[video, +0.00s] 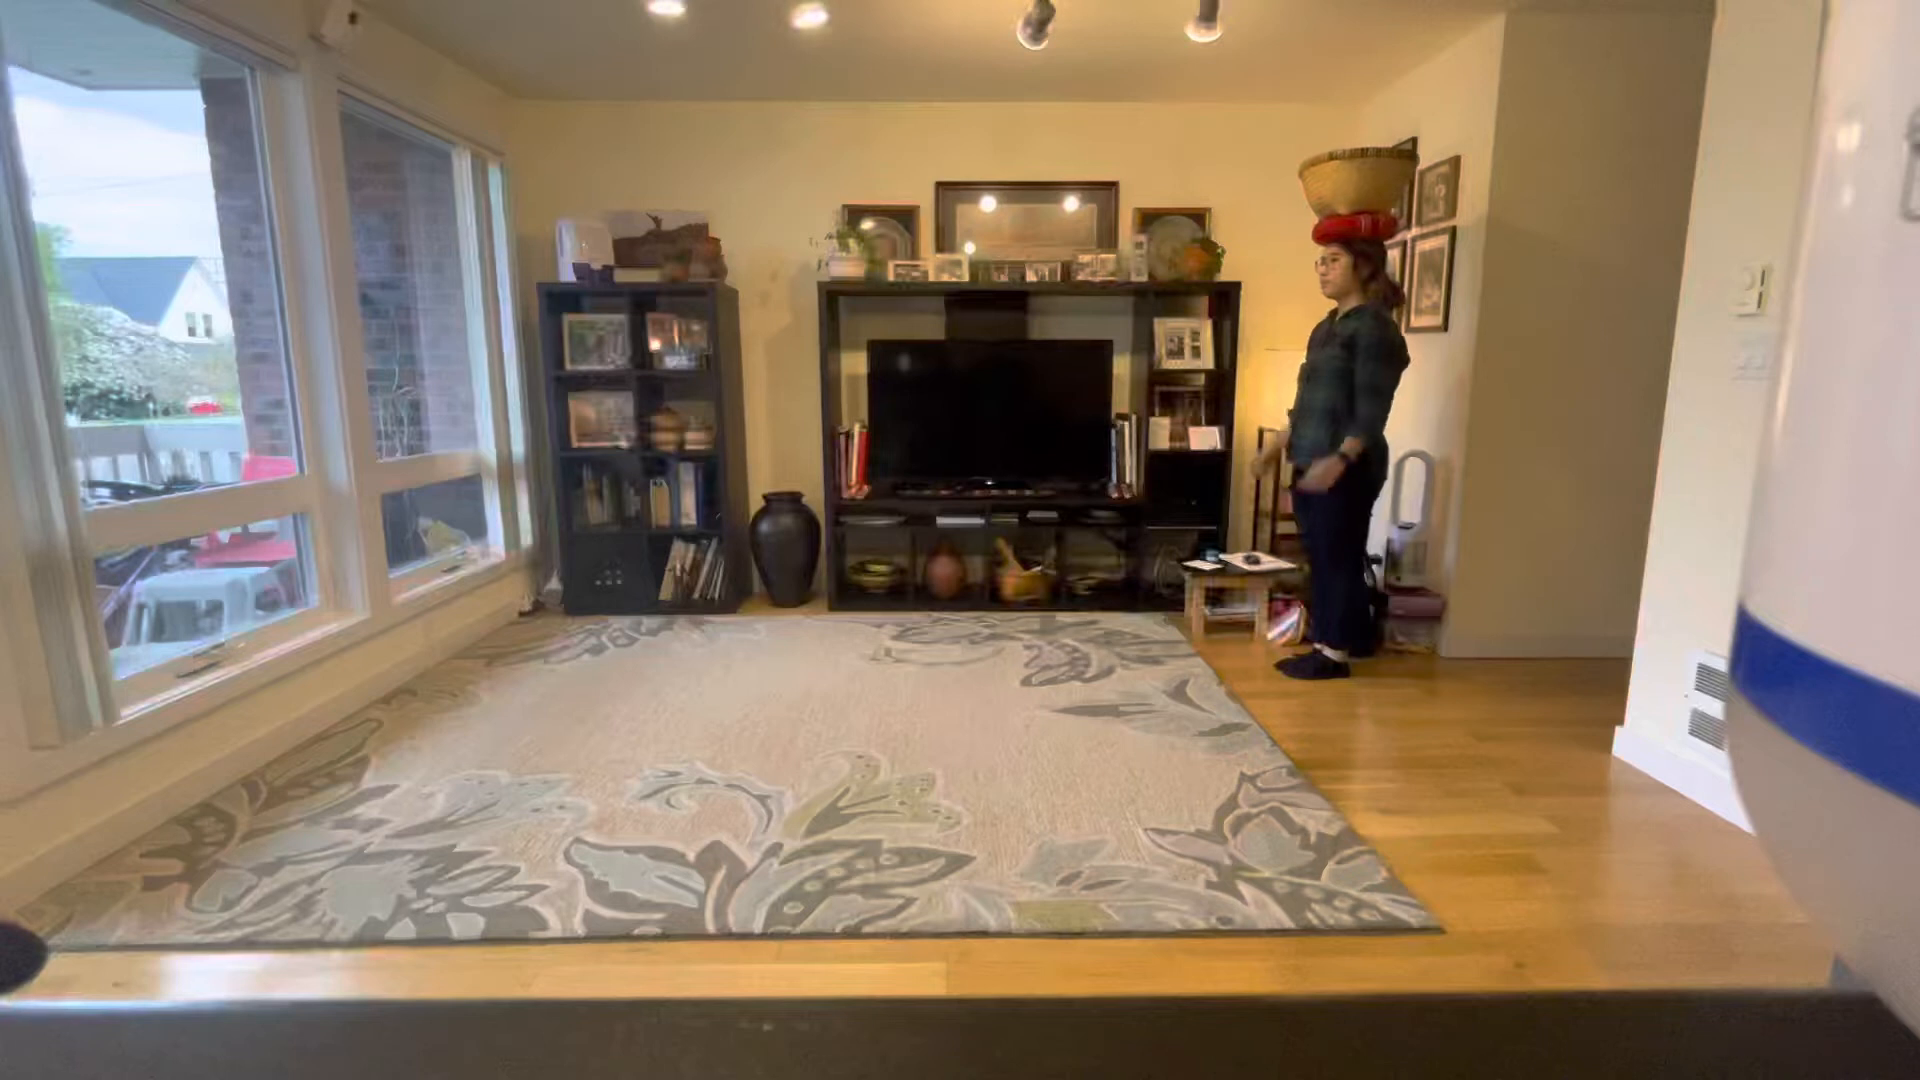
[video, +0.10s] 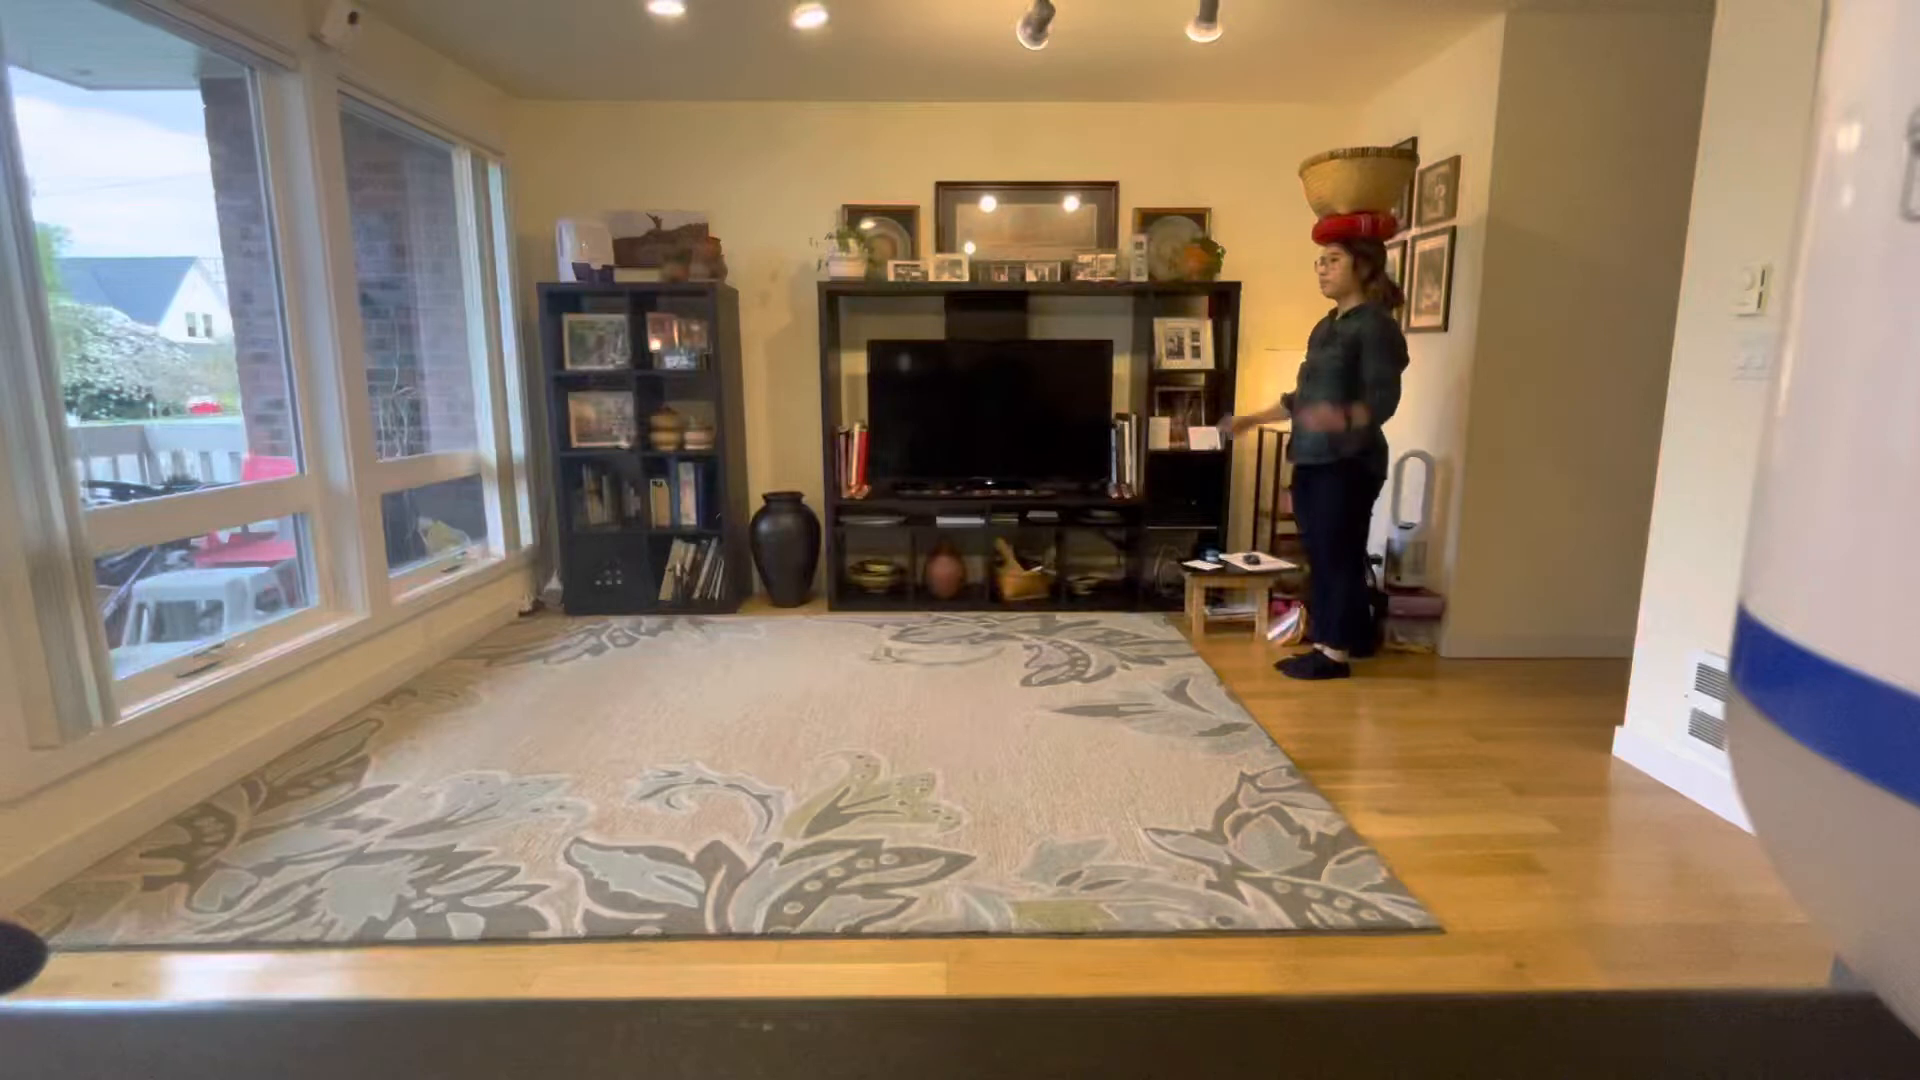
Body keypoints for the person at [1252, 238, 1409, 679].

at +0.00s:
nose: (1322, 270)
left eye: (1332, 261)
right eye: (1320, 262)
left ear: (1363, 268)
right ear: (1321, 271)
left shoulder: (1375, 326)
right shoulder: (1326, 327)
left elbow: (1373, 405)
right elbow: (1309, 399)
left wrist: (1340, 457)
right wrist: (1277, 445)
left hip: (1349, 460)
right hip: (1315, 457)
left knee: (1338, 554)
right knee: (1322, 553)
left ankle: (1334, 650)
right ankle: (1327, 640)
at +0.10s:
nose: (1320, 270)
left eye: (1330, 261)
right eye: (1320, 263)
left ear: (1361, 267)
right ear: (1330, 269)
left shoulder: (1376, 324)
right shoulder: (1326, 327)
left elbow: (1383, 399)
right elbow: (1306, 397)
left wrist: (1343, 417)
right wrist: (1254, 419)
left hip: (1349, 461)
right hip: (1315, 460)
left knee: (1338, 551)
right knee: (1321, 551)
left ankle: (1335, 649)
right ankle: (1331, 639)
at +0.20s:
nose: (1320, 270)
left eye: (1330, 261)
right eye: (1319, 263)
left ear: (1362, 266)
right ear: (1323, 270)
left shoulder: (1378, 321)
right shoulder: (1326, 326)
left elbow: (1388, 391)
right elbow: (1302, 389)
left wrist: (1345, 369)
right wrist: (1243, 389)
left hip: (1350, 459)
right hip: (1314, 458)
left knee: (1338, 552)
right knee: (1321, 551)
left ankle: (1335, 649)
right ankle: (1328, 638)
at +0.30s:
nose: (1321, 271)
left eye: (1330, 261)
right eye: (1320, 263)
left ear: (1362, 264)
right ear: (1331, 270)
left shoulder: (1382, 320)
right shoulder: (1325, 324)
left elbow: (1388, 364)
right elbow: (1285, 373)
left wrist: (1365, 311)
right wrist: (1246, 340)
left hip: (1352, 456)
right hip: (1312, 455)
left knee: (1338, 550)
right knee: (1320, 550)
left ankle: (1335, 650)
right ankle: (1333, 639)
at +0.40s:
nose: (1322, 270)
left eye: (1333, 261)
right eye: (1319, 262)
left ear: (1360, 267)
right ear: (1319, 270)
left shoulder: (1376, 317)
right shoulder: (1321, 322)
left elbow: (1394, 331)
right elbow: (1270, 350)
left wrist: (1376, 274)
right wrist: (1261, 301)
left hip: (1353, 451)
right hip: (1312, 451)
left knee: (1338, 547)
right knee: (1319, 547)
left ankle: (1334, 650)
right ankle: (1335, 638)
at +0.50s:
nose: (1323, 268)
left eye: (1334, 259)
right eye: (1319, 260)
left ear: (1363, 265)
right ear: (1317, 266)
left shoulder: (1377, 314)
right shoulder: (1318, 318)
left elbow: (1404, 299)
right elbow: (1263, 324)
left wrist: (1386, 256)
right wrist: (1284, 277)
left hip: (1354, 448)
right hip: (1311, 449)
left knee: (1339, 546)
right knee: (1318, 545)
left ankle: (1334, 649)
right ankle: (1332, 638)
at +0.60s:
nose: (1324, 268)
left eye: (1335, 259)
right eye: (1319, 260)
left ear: (1364, 266)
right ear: (1317, 266)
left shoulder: (1379, 314)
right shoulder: (1317, 318)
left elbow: (1413, 291)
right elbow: (1259, 317)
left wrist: (1392, 251)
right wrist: (1288, 272)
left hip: (1354, 447)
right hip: (1310, 448)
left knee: (1339, 546)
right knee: (1317, 545)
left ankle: (1335, 649)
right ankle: (1326, 639)